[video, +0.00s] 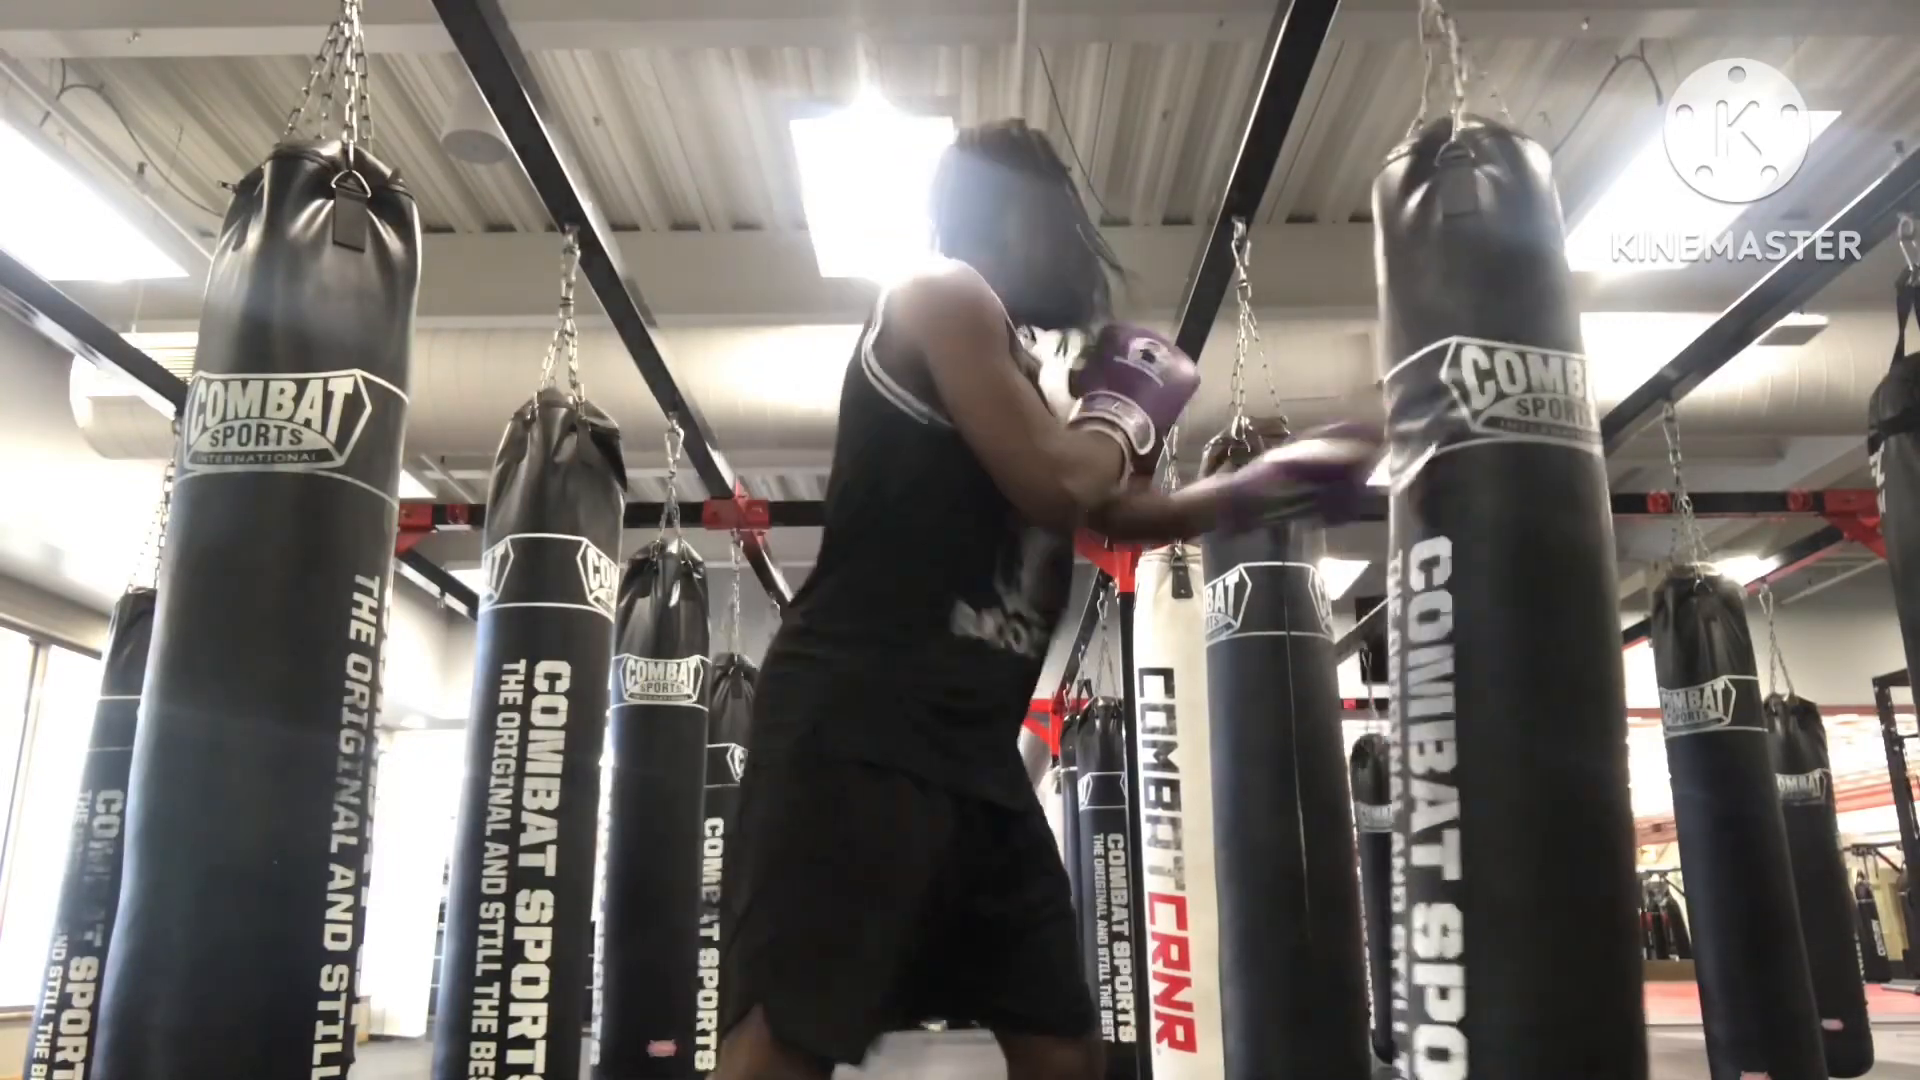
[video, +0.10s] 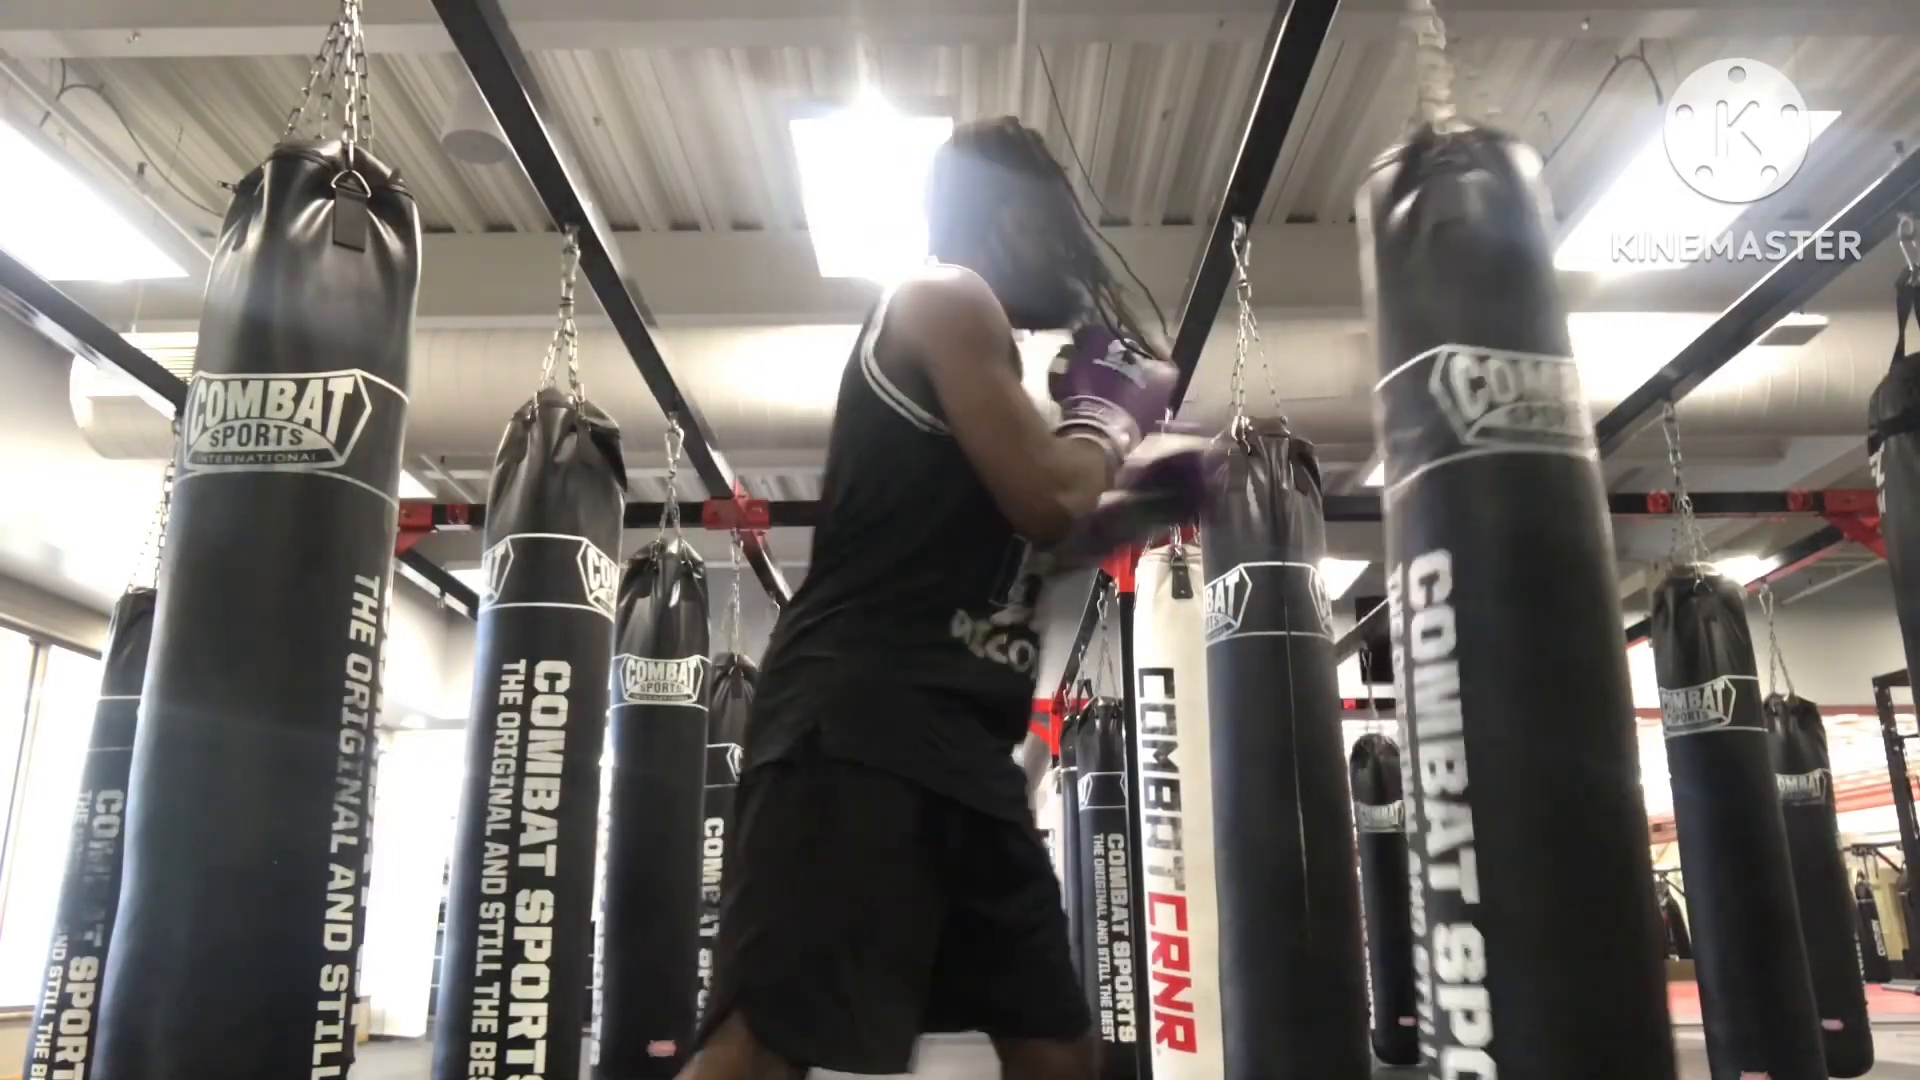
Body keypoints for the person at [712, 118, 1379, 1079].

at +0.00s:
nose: (1082, 231)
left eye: (1077, 208)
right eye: (1060, 204)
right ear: (1007, 209)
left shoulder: (1021, 369)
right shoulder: (943, 296)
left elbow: (1123, 512)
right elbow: (1054, 484)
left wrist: (1260, 483)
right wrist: (1123, 406)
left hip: (969, 743)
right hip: (853, 725)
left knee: (1058, 1047)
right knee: (780, 1043)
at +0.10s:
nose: (1081, 249)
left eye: (1078, 221)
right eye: (1062, 217)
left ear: (981, 211)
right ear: (1005, 210)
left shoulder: (979, 345)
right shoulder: (946, 298)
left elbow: (1034, 546)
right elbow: (1046, 497)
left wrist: (1143, 503)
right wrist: (1105, 412)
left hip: (960, 751)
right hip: (854, 732)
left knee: (1052, 1049)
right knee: (760, 1042)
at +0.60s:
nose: (825, 195)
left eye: (821, 168)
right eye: (806, 165)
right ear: (745, 170)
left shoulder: (741, 340)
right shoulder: (641, 255)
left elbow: (737, 560)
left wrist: (867, 483)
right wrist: (829, 397)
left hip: (725, 720)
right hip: (624, 721)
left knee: (759, 1030)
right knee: (668, 1043)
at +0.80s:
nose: (827, 264)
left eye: (825, 237)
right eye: (803, 227)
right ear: (709, 227)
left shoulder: (787, 440)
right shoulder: (557, 381)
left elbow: (810, 666)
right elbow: (491, 582)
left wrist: (893, 559)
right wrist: (689, 510)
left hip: (697, 821)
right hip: (559, 806)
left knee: (558, 1060)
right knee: (648, 1060)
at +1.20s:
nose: (950, 137)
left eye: (950, 117)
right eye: (944, 110)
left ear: (815, 81)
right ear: (915, 85)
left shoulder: (781, 217)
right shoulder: (858, 141)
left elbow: (852, 469)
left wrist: (999, 362)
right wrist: (1056, 355)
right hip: (788, 689)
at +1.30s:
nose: (1000, 129)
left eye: (1003, 104)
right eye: (994, 100)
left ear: (859, 96)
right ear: (959, 87)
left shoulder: (805, 247)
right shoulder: (926, 158)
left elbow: (883, 456)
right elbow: (1054, 400)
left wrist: (1019, 359)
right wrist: (1091, 348)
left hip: (784, 738)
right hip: (875, 739)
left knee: (791, 1036)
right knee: (913, 1035)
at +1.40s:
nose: (1031, 145)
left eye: (1034, 125)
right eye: (1025, 119)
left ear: (898, 114)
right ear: (990, 103)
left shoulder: (840, 281)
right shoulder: (967, 180)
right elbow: (1085, 431)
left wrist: (1054, 368)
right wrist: (1109, 370)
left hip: (870, 752)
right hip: (966, 745)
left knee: (906, 1047)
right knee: (1013, 1046)